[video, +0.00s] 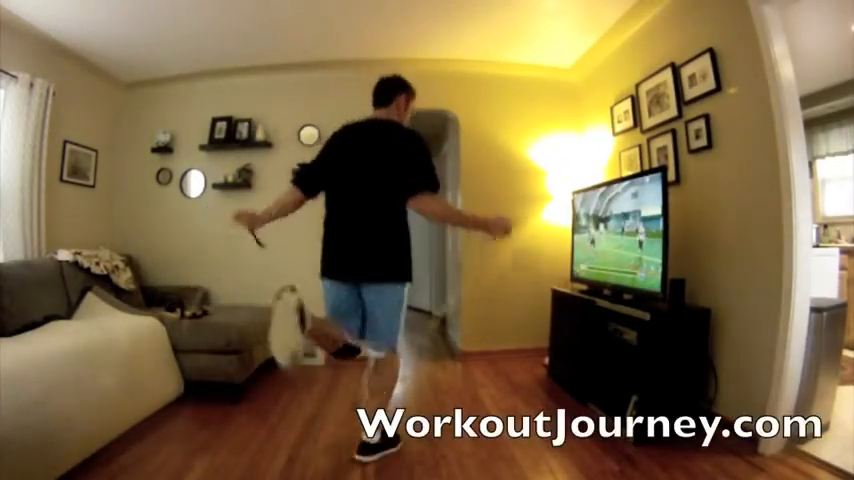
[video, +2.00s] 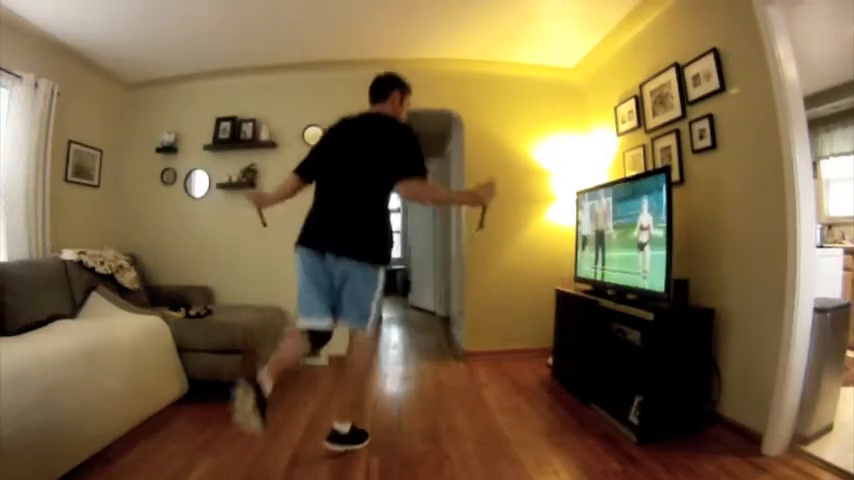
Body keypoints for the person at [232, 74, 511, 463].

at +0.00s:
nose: (411, 113)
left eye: (410, 106)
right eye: (411, 106)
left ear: (374, 103)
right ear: (402, 103)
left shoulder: (344, 137)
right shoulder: (407, 142)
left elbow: (303, 188)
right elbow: (420, 200)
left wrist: (261, 218)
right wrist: (482, 223)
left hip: (336, 258)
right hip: (385, 262)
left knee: (347, 344)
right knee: (382, 354)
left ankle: (307, 327)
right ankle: (375, 436)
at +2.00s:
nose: (406, 110)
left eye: (405, 104)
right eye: (406, 103)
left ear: (372, 99)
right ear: (396, 100)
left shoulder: (341, 128)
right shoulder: (400, 135)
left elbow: (301, 176)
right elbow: (411, 189)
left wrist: (269, 198)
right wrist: (470, 197)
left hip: (315, 240)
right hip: (361, 247)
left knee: (313, 327)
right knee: (361, 336)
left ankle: (262, 382)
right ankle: (344, 426)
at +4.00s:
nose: (378, 58)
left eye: (376, 52)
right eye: (378, 52)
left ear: (339, 49)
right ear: (371, 47)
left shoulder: (307, 83)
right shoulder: (372, 79)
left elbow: (273, 143)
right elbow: (389, 142)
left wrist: (252, 190)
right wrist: (447, 177)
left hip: (298, 207)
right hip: (341, 208)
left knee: (330, 310)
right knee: (330, 315)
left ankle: (332, 399)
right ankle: (308, 424)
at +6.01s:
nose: (378, 84)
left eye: (376, 78)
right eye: (379, 78)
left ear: (340, 74)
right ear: (372, 76)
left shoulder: (309, 112)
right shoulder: (378, 116)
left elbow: (280, 178)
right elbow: (407, 182)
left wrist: (262, 229)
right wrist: (444, 238)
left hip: (296, 235)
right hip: (341, 238)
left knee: (316, 336)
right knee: (342, 340)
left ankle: (319, 416)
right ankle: (333, 443)